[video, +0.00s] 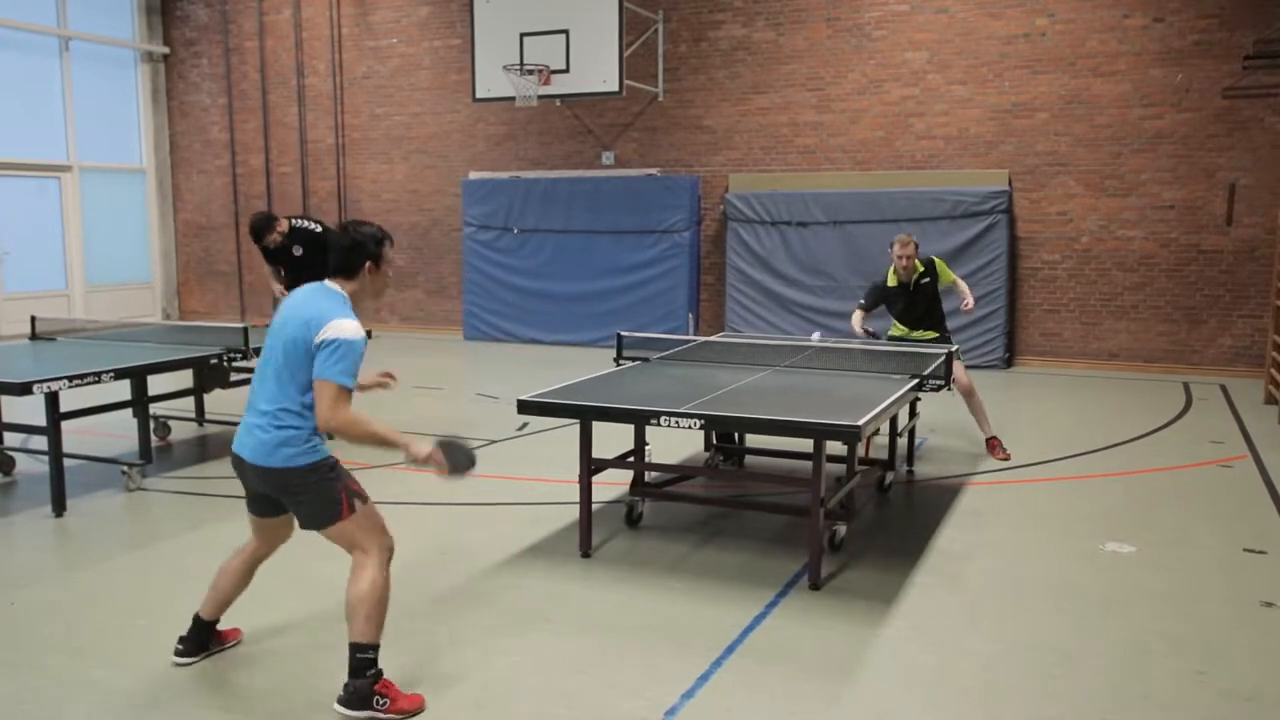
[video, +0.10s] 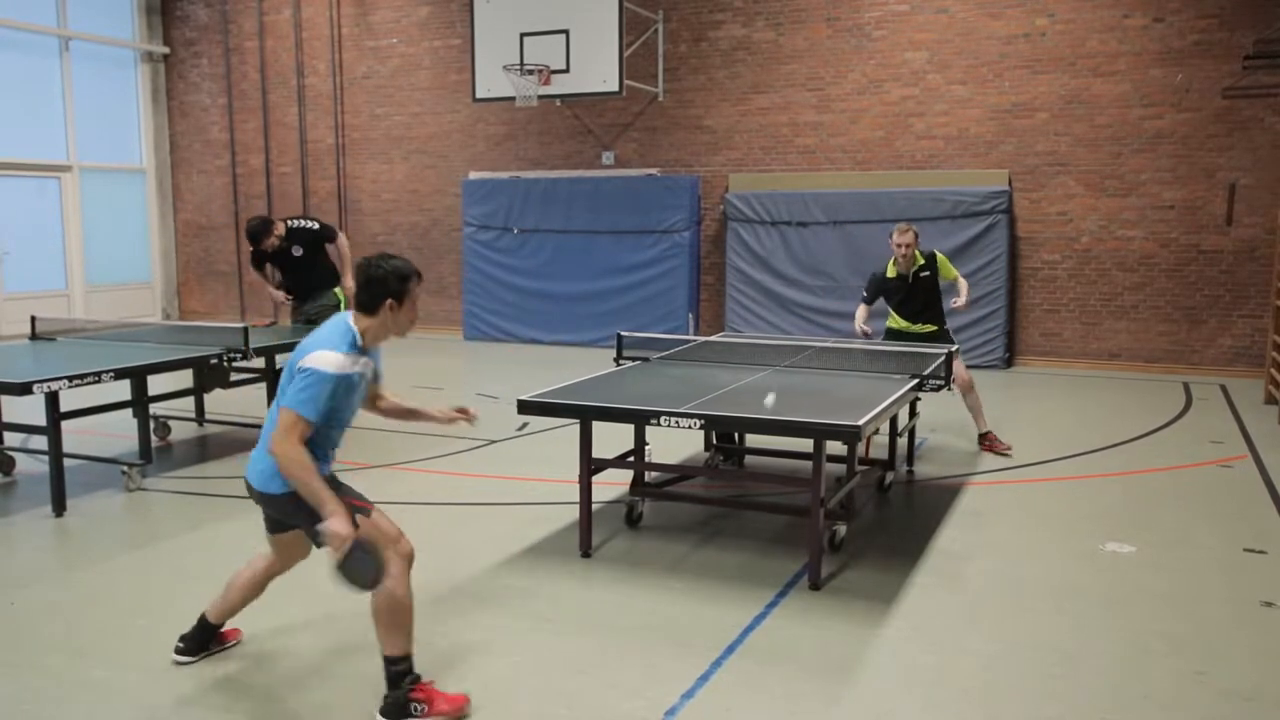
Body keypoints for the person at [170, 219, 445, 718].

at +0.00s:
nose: (389, 277)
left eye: (389, 267)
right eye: (387, 268)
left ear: (340, 266)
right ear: (367, 269)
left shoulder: (300, 297)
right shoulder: (342, 324)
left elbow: (291, 373)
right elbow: (332, 417)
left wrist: (355, 382)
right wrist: (404, 442)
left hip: (251, 449)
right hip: (295, 457)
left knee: (267, 536)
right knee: (374, 548)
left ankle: (196, 635)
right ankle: (363, 683)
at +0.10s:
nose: (418, 311)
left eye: (417, 301)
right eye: (413, 301)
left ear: (379, 302)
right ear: (390, 306)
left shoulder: (357, 340)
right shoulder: (330, 356)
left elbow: (374, 401)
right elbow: (285, 443)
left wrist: (433, 415)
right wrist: (331, 511)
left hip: (275, 475)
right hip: (291, 482)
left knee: (285, 553)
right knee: (394, 553)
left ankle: (200, 635)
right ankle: (402, 690)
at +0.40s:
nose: (486, 297)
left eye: (490, 286)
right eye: (479, 285)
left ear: (447, 279)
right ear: (444, 278)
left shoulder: (434, 312)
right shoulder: (392, 328)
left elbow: (417, 364)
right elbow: (340, 415)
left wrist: (461, 398)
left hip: (350, 454)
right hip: (341, 460)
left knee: (330, 544)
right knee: (422, 556)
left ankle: (259, 634)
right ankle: (409, 687)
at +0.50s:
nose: (486, 266)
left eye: (491, 254)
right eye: (478, 253)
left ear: (450, 243)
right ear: (443, 244)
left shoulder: (424, 272)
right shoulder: (412, 299)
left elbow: (399, 341)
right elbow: (366, 396)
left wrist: (440, 374)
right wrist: (444, 441)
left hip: (334, 425)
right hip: (359, 438)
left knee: (358, 535)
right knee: (424, 546)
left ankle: (319, 653)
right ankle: (414, 691)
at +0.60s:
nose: (478, 254)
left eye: (483, 243)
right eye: (468, 241)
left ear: (482, 239)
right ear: (433, 234)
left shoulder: (406, 268)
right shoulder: (417, 299)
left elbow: (373, 346)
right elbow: (387, 403)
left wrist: (429, 382)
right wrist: (473, 431)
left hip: (347, 442)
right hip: (382, 454)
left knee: (381, 548)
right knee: (448, 567)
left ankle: (341, 672)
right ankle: (426, 708)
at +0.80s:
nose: (538, 371)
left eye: (540, 362)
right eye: (540, 362)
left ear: (498, 348)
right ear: (531, 359)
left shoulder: (452, 354)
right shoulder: (511, 385)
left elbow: (386, 364)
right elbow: (526, 464)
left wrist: (391, 419)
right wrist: (545, 423)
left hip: (373, 448)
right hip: (415, 459)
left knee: (413, 495)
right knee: (507, 520)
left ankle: (378, 579)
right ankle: (502, 639)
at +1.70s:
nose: (530, 296)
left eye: (531, 289)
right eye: (530, 288)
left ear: (489, 281)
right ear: (518, 286)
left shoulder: (441, 298)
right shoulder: (502, 319)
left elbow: (385, 331)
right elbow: (504, 398)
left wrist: (414, 372)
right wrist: (536, 372)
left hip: (396, 416)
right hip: (441, 423)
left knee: (416, 486)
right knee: (489, 515)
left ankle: (378, 578)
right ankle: (500, 632)